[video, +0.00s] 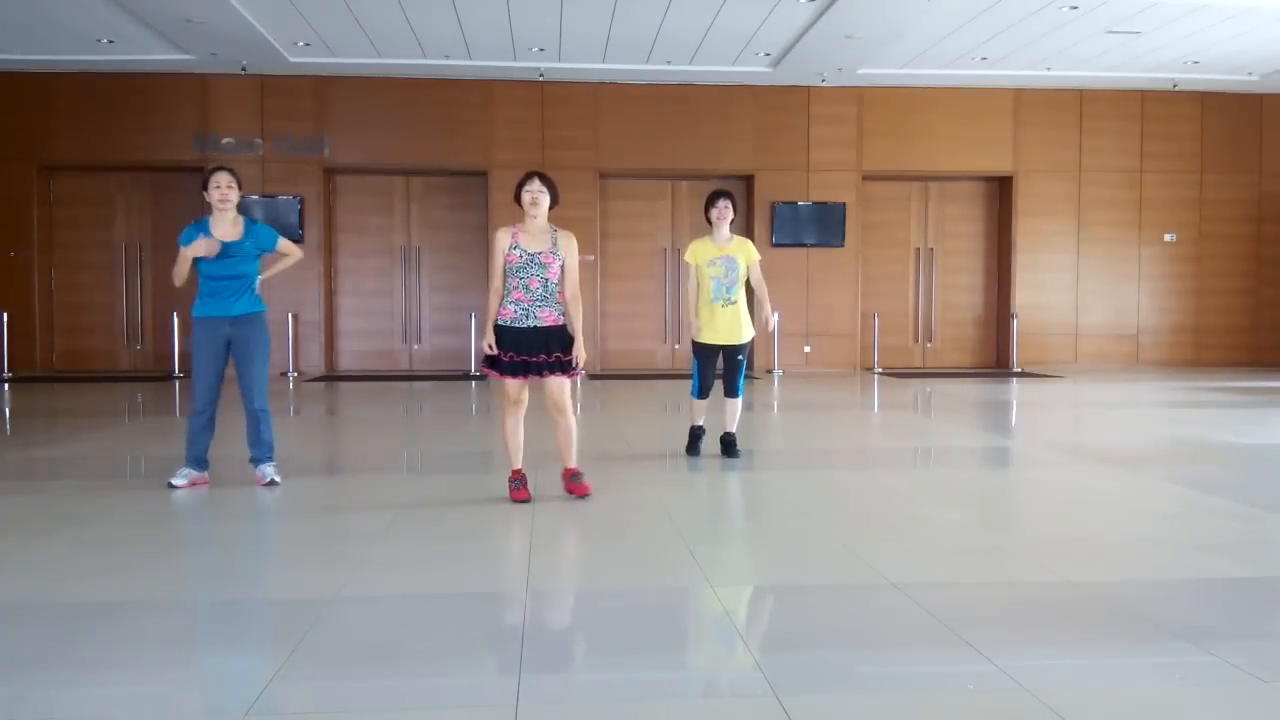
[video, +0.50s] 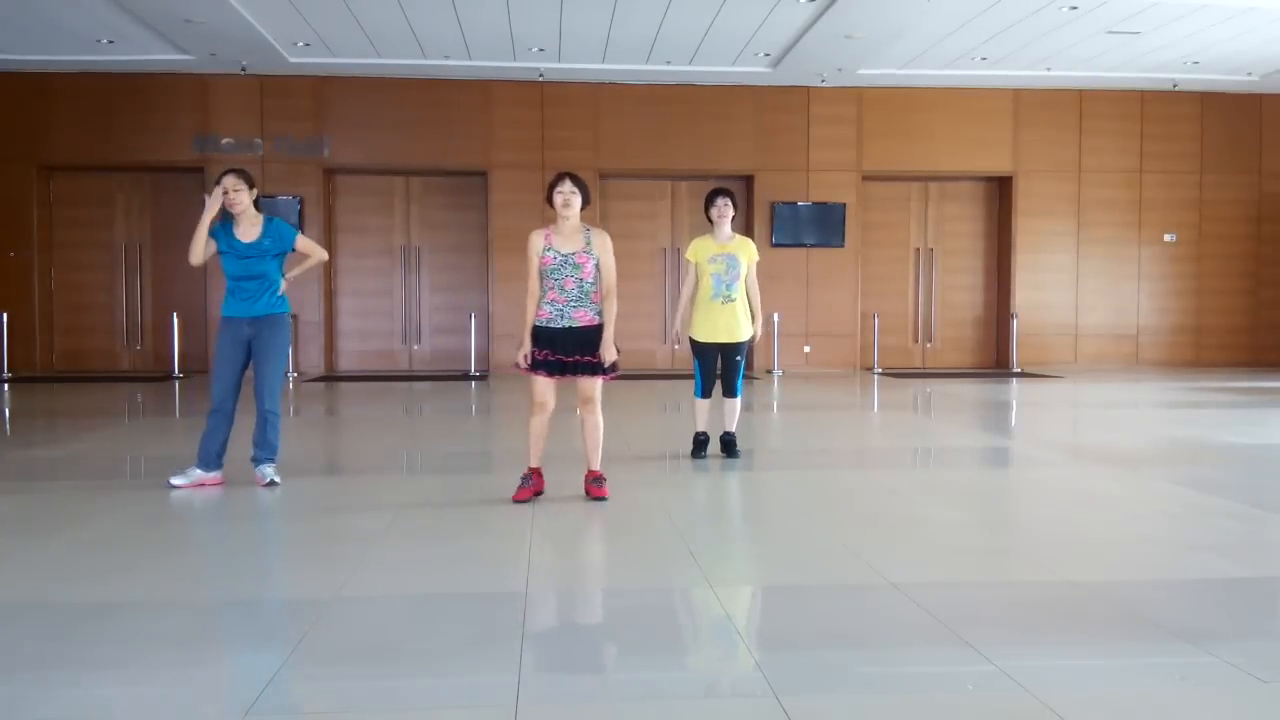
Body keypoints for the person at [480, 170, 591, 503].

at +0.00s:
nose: (534, 196)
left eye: (541, 192)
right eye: (528, 192)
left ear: (551, 199)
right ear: (519, 199)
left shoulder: (565, 240)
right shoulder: (505, 237)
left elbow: (572, 294)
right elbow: (496, 287)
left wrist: (579, 338)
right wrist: (489, 327)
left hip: (553, 332)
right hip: (511, 332)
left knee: (561, 404)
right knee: (515, 403)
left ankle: (571, 471)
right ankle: (517, 474)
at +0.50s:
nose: (566, 198)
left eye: (573, 193)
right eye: (560, 193)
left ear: (583, 200)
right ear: (551, 200)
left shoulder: (599, 239)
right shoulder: (539, 239)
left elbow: (609, 292)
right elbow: (533, 291)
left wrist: (608, 338)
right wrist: (527, 338)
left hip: (589, 333)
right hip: (546, 333)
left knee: (590, 404)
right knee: (541, 405)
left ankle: (595, 474)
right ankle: (533, 473)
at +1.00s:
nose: (556, 198)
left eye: (563, 193)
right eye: (552, 193)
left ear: (578, 199)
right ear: (546, 200)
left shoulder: (594, 242)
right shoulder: (535, 236)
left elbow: (602, 294)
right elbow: (521, 287)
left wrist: (610, 336)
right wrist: (528, 329)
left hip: (587, 332)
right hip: (548, 334)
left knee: (588, 402)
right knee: (555, 404)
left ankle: (592, 473)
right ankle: (549, 474)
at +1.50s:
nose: (544, 198)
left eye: (551, 193)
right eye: (542, 194)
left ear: (569, 199)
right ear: (540, 200)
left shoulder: (589, 242)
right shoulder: (530, 238)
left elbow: (593, 296)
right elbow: (521, 284)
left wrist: (593, 342)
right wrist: (515, 309)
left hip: (575, 334)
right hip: (535, 334)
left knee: (584, 407)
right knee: (541, 404)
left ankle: (586, 474)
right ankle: (546, 474)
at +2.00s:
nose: (557, 198)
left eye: (564, 193)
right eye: (556, 193)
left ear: (583, 199)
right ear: (556, 200)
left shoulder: (603, 239)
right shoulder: (550, 238)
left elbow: (614, 291)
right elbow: (551, 289)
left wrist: (611, 337)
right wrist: (527, 293)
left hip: (591, 332)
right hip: (554, 330)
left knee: (593, 406)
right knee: (552, 401)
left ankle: (602, 475)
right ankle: (562, 475)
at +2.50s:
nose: (581, 202)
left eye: (587, 197)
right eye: (575, 197)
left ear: (597, 204)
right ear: (565, 202)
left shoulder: (612, 242)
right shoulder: (551, 244)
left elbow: (624, 292)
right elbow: (549, 292)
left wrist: (637, 337)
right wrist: (547, 300)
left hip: (610, 335)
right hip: (570, 336)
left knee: (607, 405)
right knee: (567, 410)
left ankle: (605, 475)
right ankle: (560, 475)